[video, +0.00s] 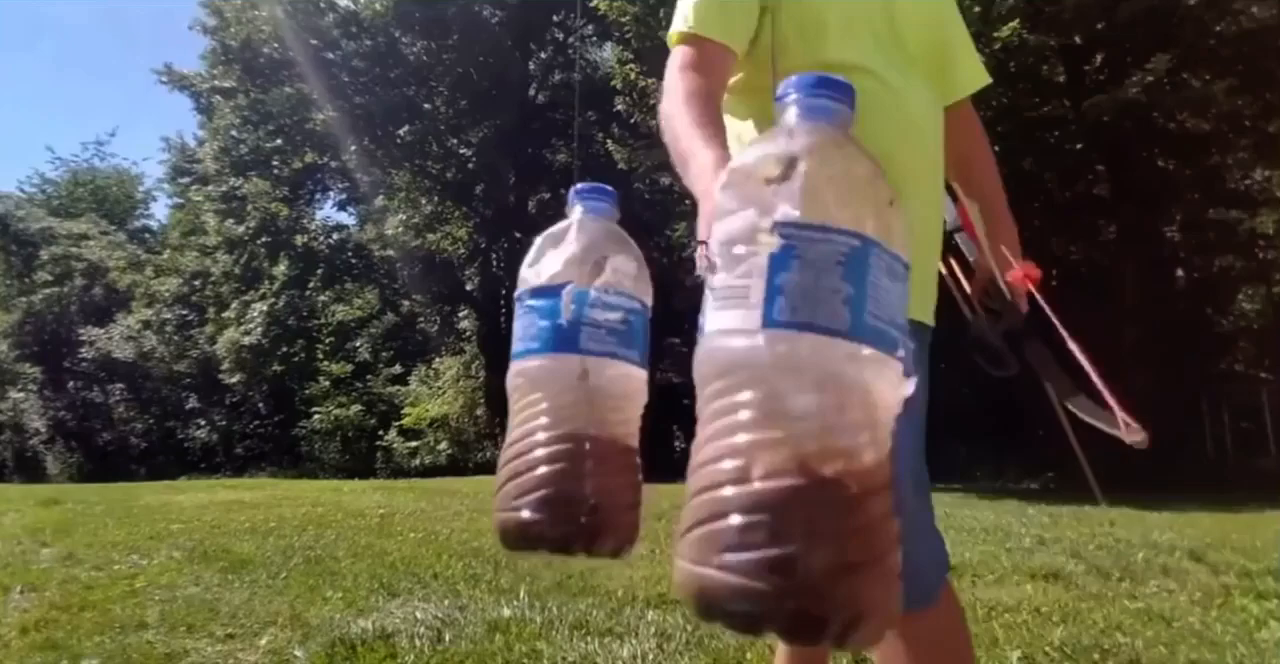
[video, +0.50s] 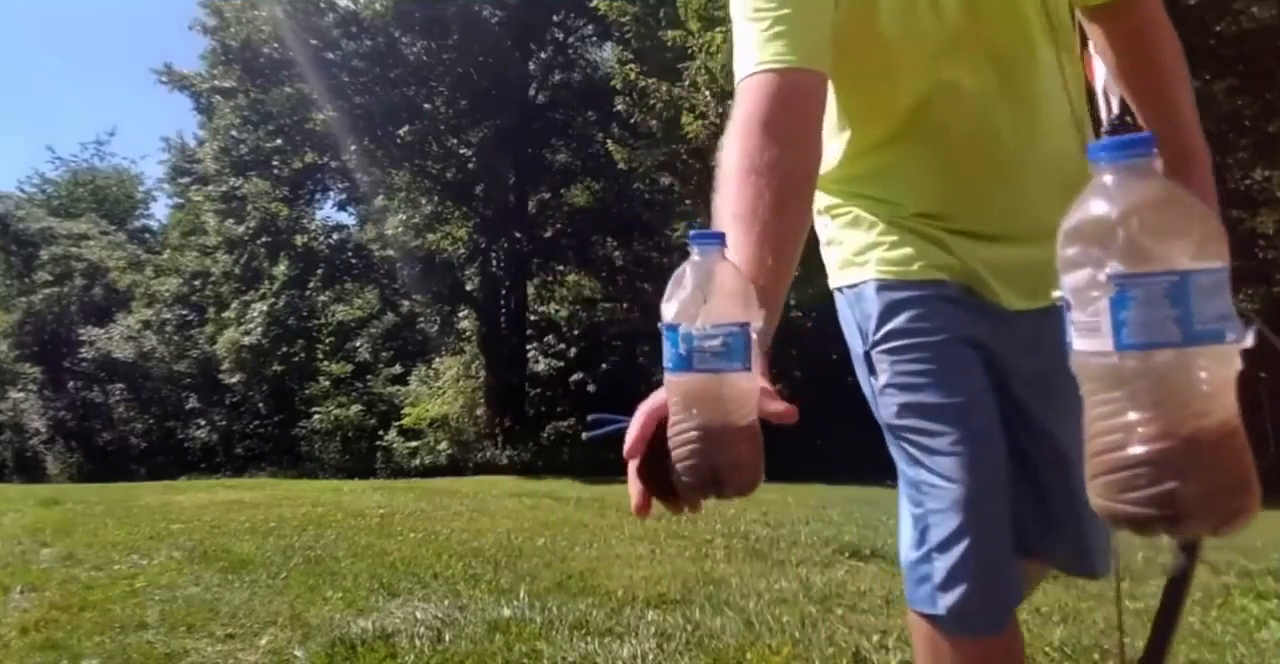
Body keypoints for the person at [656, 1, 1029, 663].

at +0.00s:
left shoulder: (934, 9)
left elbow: (954, 114)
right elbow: (689, 85)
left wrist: (1000, 238)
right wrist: (720, 198)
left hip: (908, 291)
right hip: (792, 289)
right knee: (905, 553)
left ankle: (802, 646)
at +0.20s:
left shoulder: (998, 7)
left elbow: (1030, 85)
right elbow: (734, 67)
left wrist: (1063, 233)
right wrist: (730, 220)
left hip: (981, 246)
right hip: (841, 243)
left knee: (893, 507)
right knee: (924, 535)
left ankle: (820, 654)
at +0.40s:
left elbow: (1090, 51)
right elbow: (767, 92)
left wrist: (1130, 232)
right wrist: (735, 296)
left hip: (1020, 239)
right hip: (871, 236)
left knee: (998, 506)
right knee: (942, 507)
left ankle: (857, 655)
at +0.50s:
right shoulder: (791, 8)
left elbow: (1125, 13)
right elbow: (779, 99)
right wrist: (730, 339)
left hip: (1055, 235)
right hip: (896, 232)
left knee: (1039, 526)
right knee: (966, 524)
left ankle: (945, 625)